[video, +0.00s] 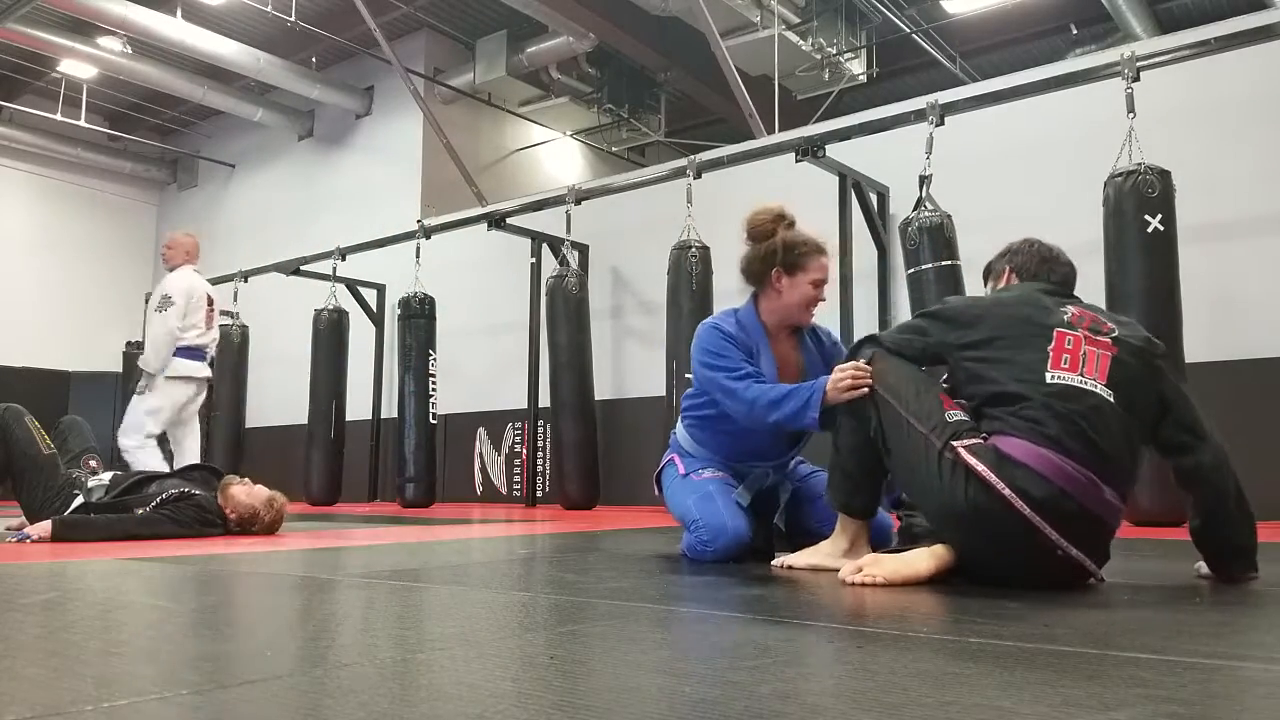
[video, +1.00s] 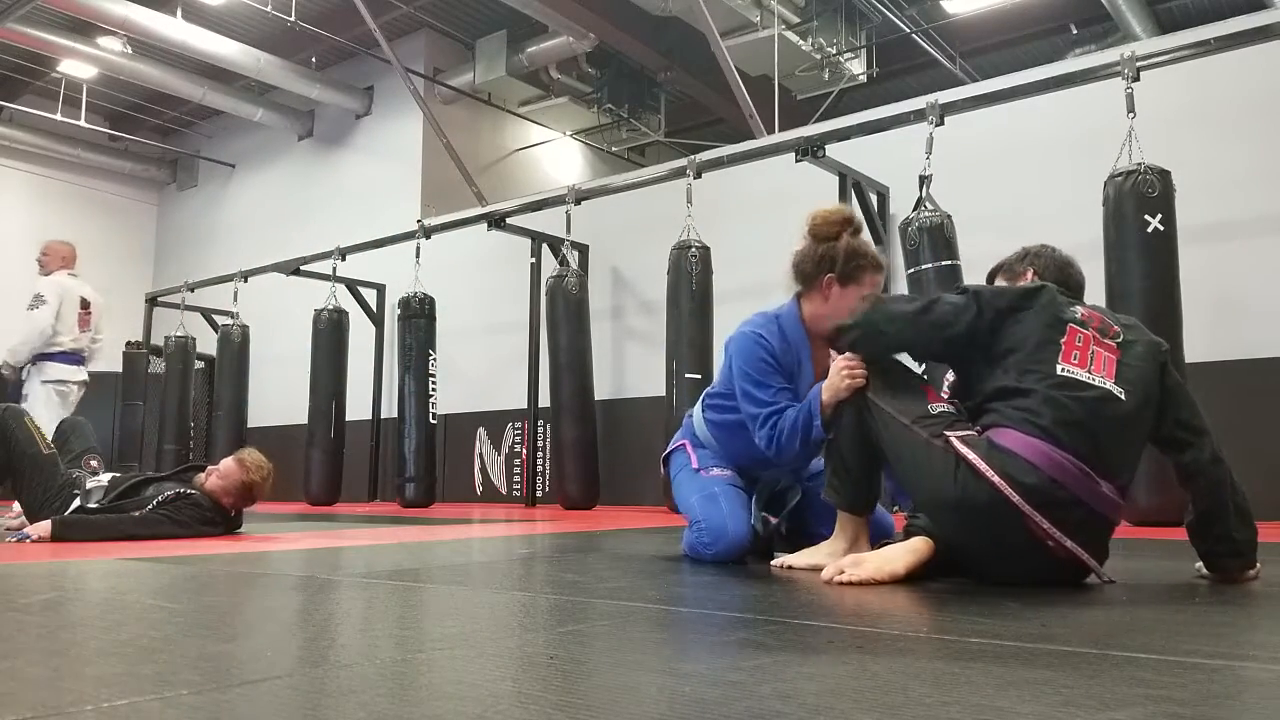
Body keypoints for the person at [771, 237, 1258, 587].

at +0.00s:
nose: (984, 299)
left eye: (987, 289)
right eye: (989, 291)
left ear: (1005, 279)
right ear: (1067, 289)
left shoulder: (983, 306)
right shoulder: (1137, 344)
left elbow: (869, 356)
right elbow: (1209, 466)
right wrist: (1232, 565)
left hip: (983, 508)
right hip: (1070, 560)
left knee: (870, 367)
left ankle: (846, 538)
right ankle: (932, 555)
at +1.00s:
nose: (992, 306)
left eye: (998, 295)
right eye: (993, 296)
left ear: (1029, 280)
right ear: (1080, 292)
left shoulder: (1015, 302)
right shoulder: (1148, 349)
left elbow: (880, 319)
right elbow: (1204, 462)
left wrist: (844, 343)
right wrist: (1230, 560)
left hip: (974, 502)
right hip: (1060, 561)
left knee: (862, 370)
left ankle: (846, 538)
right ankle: (913, 550)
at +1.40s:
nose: (1014, 299)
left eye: (1019, 289)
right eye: (1015, 290)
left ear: (1053, 274)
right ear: (1097, 282)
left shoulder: (1037, 302)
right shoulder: (1168, 345)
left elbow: (920, 358)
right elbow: (1220, 462)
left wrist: (855, 328)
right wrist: (1233, 563)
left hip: (975, 496)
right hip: (1059, 559)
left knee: (884, 386)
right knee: (966, 543)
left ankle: (849, 535)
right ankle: (911, 551)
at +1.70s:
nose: (1041, 305)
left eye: (1044, 294)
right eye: (1041, 295)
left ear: (1072, 277)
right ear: (1124, 280)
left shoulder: (1064, 302)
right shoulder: (1210, 339)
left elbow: (945, 382)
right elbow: (1249, 464)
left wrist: (884, 335)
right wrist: (1236, 567)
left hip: (1010, 476)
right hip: (1104, 553)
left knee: (944, 412)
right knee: (985, 538)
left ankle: (859, 535)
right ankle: (932, 552)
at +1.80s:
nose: (1050, 321)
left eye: (1052, 311)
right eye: (1050, 313)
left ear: (1073, 291)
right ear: (1130, 286)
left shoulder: (1074, 306)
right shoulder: (1227, 325)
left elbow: (954, 377)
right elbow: (1264, 436)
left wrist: (892, 324)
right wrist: (1252, 558)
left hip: (1108, 476)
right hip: (1205, 545)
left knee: (976, 408)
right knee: (1058, 517)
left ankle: (863, 535)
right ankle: (942, 557)